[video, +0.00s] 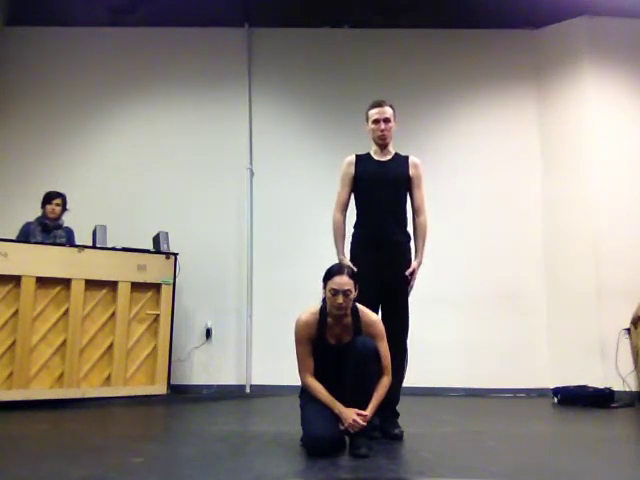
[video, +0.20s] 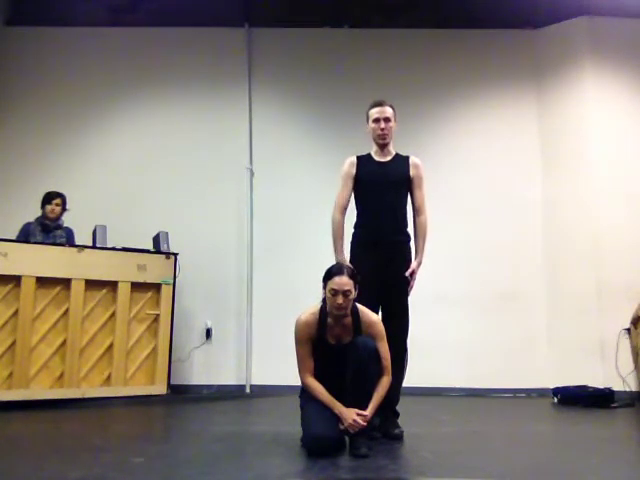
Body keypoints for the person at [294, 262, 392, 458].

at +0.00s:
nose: (340, 301)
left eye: (347, 294)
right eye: (334, 293)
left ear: (355, 293)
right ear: (324, 292)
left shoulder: (371, 322)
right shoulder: (307, 323)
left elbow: (386, 374)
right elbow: (307, 377)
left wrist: (366, 415)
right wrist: (342, 411)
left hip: (356, 392)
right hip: (321, 393)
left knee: (365, 346)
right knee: (322, 445)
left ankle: (360, 432)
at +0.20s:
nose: (340, 301)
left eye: (347, 294)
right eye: (334, 294)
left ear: (355, 293)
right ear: (324, 292)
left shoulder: (371, 323)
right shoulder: (307, 323)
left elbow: (386, 374)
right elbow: (307, 378)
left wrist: (366, 414)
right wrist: (342, 412)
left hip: (355, 392)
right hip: (321, 392)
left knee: (365, 347)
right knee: (321, 445)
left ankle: (360, 432)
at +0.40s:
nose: (340, 301)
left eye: (347, 294)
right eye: (334, 294)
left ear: (355, 293)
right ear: (324, 292)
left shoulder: (371, 322)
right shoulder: (307, 323)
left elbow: (386, 374)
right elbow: (307, 378)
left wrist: (366, 414)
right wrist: (342, 412)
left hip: (355, 392)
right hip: (321, 392)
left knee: (365, 347)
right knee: (321, 445)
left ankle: (360, 432)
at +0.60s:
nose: (340, 301)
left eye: (346, 294)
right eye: (334, 294)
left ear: (355, 293)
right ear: (324, 292)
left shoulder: (371, 322)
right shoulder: (307, 323)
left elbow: (386, 374)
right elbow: (307, 378)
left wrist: (366, 414)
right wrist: (342, 412)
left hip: (355, 392)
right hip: (321, 392)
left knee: (365, 347)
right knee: (321, 445)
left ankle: (360, 431)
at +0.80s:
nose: (339, 301)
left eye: (346, 294)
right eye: (333, 294)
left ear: (355, 293)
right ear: (324, 292)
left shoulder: (371, 322)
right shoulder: (307, 323)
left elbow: (386, 374)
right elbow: (307, 378)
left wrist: (366, 414)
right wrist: (342, 412)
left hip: (355, 392)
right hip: (321, 393)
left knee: (365, 347)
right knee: (321, 445)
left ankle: (360, 431)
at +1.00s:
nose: (339, 301)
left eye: (346, 294)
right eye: (333, 294)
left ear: (355, 293)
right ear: (324, 292)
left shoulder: (371, 322)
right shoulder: (307, 323)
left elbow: (386, 374)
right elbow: (307, 378)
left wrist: (366, 414)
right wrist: (342, 412)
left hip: (355, 392)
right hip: (321, 393)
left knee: (364, 347)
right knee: (321, 445)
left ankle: (360, 431)